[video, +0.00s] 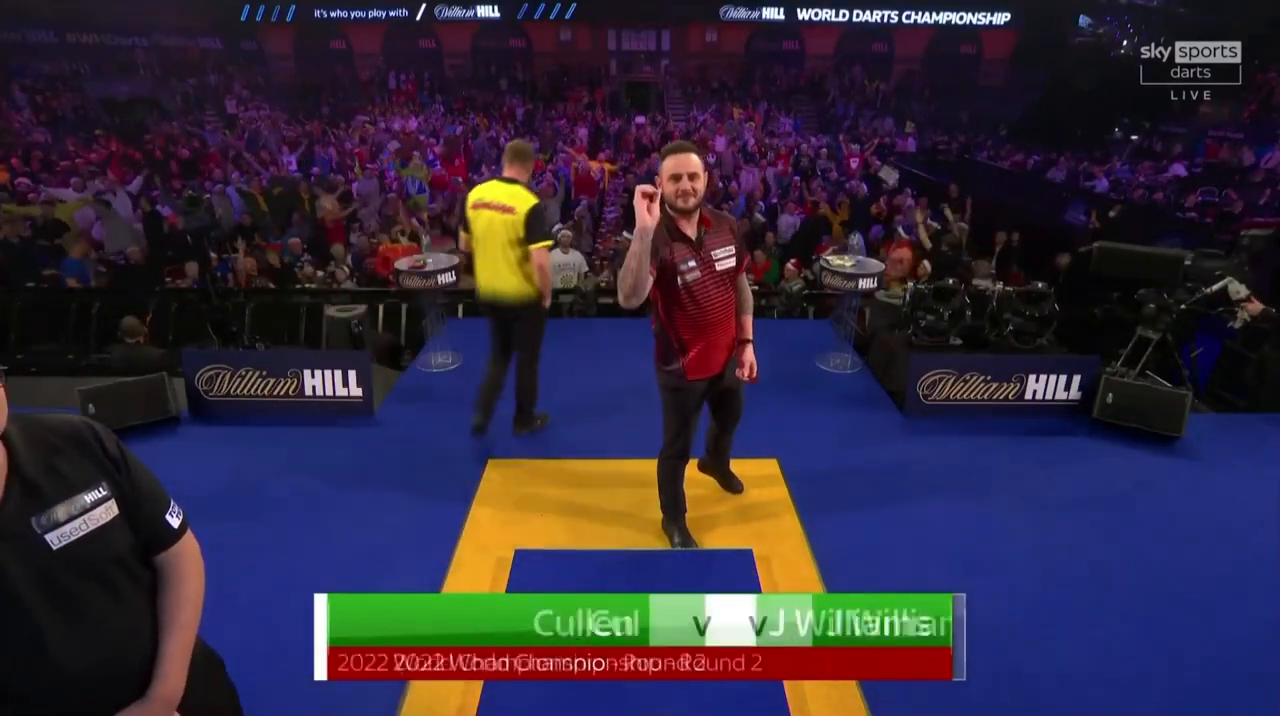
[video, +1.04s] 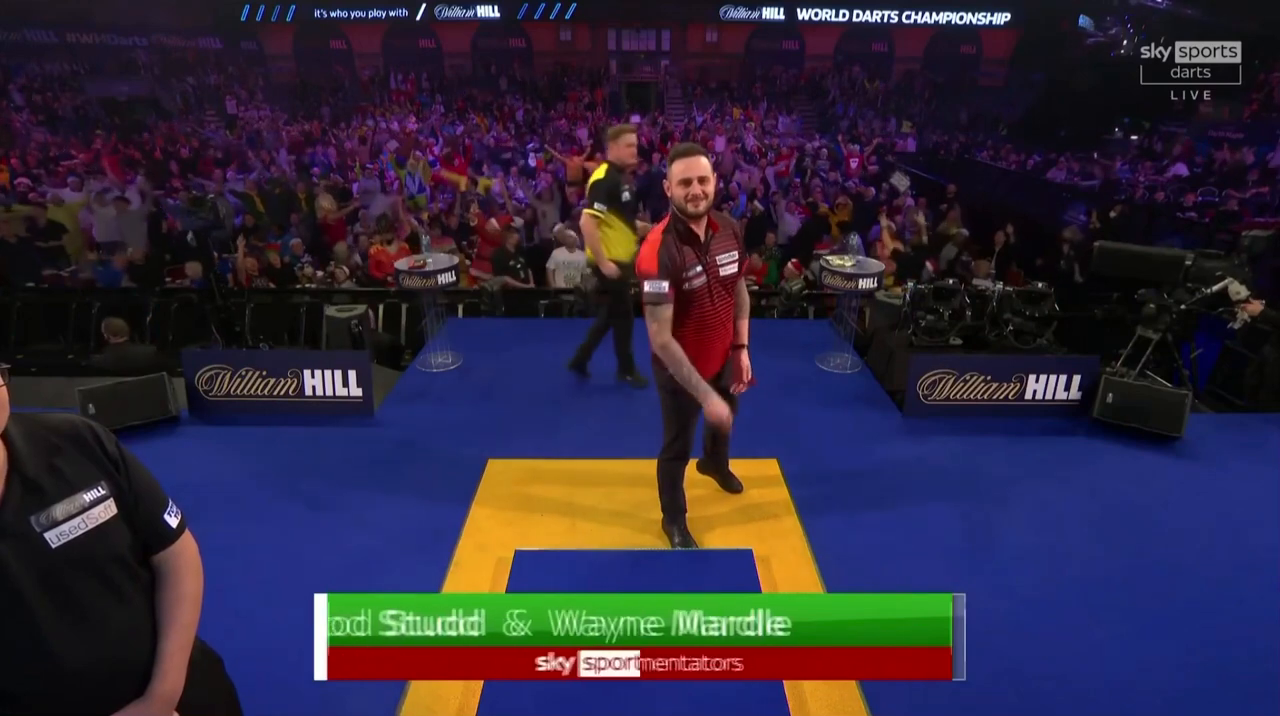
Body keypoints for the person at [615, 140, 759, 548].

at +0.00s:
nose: (685, 185)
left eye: (693, 176)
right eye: (675, 178)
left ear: (705, 181)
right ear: (659, 185)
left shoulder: (722, 225)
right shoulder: (650, 238)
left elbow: (742, 283)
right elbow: (630, 298)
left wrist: (746, 342)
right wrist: (643, 230)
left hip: (725, 353)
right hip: (681, 363)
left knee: (729, 413)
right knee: (678, 446)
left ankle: (714, 461)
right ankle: (673, 519)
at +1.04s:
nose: (696, 190)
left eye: (703, 180)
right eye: (684, 183)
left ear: (714, 183)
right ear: (668, 189)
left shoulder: (727, 229)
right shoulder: (658, 251)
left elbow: (739, 289)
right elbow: (660, 338)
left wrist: (741, 348)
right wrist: (706, 397)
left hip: (722, 354)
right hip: (681, 365)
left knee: (726, 412)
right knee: (678, 446)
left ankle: (715, 461)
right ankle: (674, 520)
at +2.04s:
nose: (690, 190)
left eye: (698, 180)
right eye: (679, 182)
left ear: (710, 184)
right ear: (663, 190)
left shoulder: (729, 229)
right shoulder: (657, 243)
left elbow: (746, 289)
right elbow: (633, 306)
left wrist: (751, 348)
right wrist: (647, 242)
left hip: (729, 357)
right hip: (685, 367)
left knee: (734, 419)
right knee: (681, 447)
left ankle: (715, 463)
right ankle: (674, 521)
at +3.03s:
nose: (730, 212)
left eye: (738, 201)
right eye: (717, 203)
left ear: (751, 206)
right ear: (698, 212)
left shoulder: (764, 254)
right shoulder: (685, 271)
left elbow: (767, 307)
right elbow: (722, 361)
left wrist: (775, 354)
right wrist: (770, 438)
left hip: (749, 398)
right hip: (698, 399)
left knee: (746, 501)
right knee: (688, 466)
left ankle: (742, 597)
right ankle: (677, 518)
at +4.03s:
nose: (736, 275)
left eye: (754, 258)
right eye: (720, 257)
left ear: (777, 261)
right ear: (690, 256)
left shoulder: (816, 366)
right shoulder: (653, 346)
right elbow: (632, 440)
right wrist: (616, 544)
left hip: (764, 595)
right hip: (673, 583)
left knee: (758, 705)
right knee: (689, 702)